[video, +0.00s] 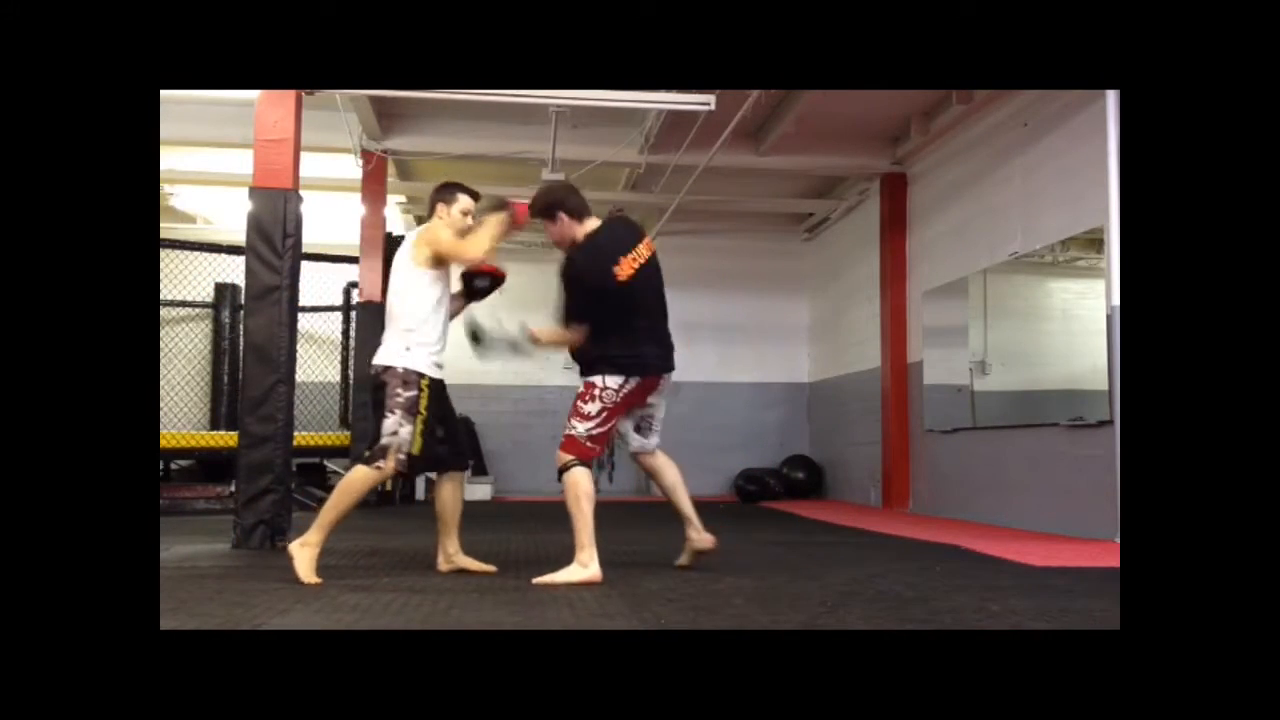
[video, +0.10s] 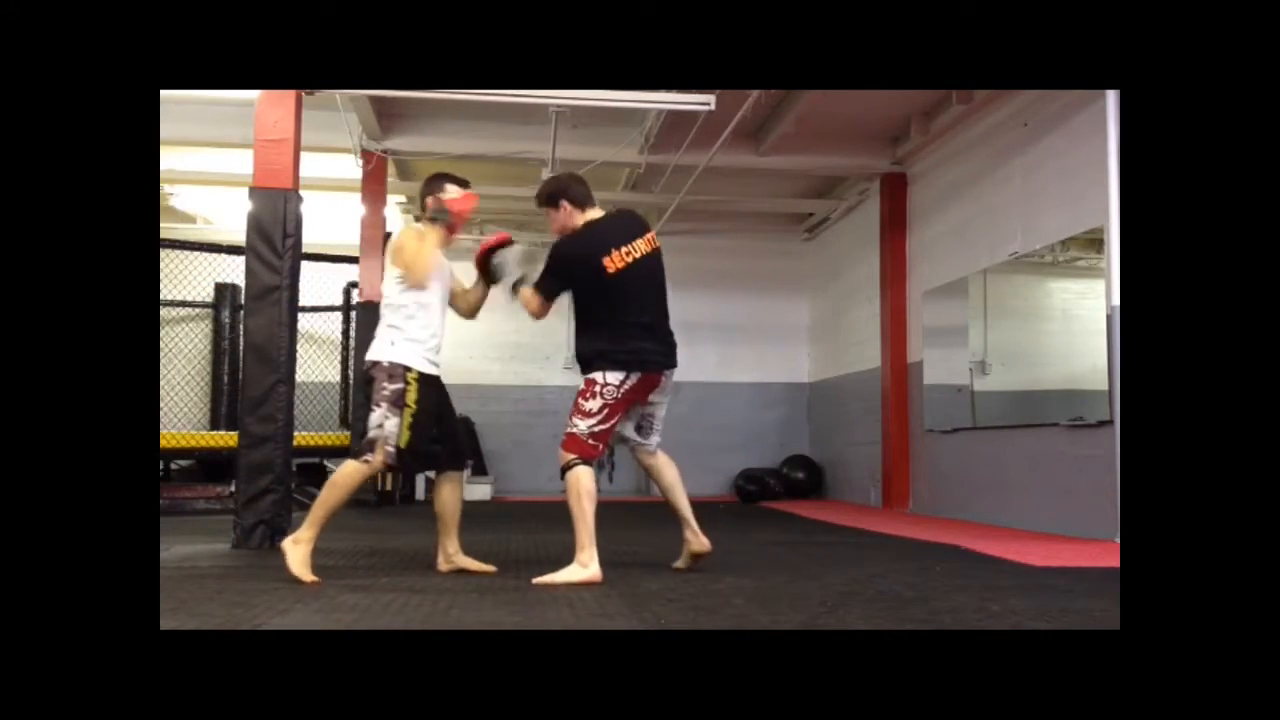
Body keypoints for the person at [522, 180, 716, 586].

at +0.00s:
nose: (547, 236)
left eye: (547, 226)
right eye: (545, 226)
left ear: (563, 218)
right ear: (575, 212)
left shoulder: (580, 263)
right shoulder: (626, 227)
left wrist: (545, 336)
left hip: (616, 368)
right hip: (656, 361)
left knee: (573, 456)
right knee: (646, 450)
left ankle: (585, 561)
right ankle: (696, 532)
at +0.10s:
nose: (550, 226)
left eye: (549, 216)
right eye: (547, 217)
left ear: (566, 207)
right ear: (588, 202)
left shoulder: (571, 249)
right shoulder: (633, 220)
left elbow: (536, 307)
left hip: (616, 364)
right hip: (659, 359)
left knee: (576, 454)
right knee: (647, 449)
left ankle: (586, 561)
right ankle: (694, 535)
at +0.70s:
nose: (553, 210)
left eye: (556, 200)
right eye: (551, 202)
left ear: (580, 194)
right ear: (593, 195)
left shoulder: (583, 225)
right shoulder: (631, 228)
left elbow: (566, 271)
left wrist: (536, 271)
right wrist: (564, 266)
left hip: (614, 359)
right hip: (646, 357)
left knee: (571, 452)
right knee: (648, 455)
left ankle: (572, 561)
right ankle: (699, 545)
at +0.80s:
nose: (543, 204)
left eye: (546, 194)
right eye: (541, 196)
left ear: (570, 189)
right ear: (569, 192)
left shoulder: (605, 227)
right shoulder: (590, 231)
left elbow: (620, 285)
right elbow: (589, 277)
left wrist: (570, 268)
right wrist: (554, 261)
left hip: (616, 362)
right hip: (622, 361)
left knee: (576, 453)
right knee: (635, 455)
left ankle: (573, 562)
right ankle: (695, 540)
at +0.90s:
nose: (541, 201)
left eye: (546, 192)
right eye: (539, 193)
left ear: (570, 189)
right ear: (566, 191)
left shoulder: (615, 226)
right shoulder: (560, 232)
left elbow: (637, 287)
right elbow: (515, 246)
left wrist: (585, 265)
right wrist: (470, 219)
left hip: (623, 364)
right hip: (599, 364)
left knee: (581, 454)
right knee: (627, 456)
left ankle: (574, 563)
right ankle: (692, 536)